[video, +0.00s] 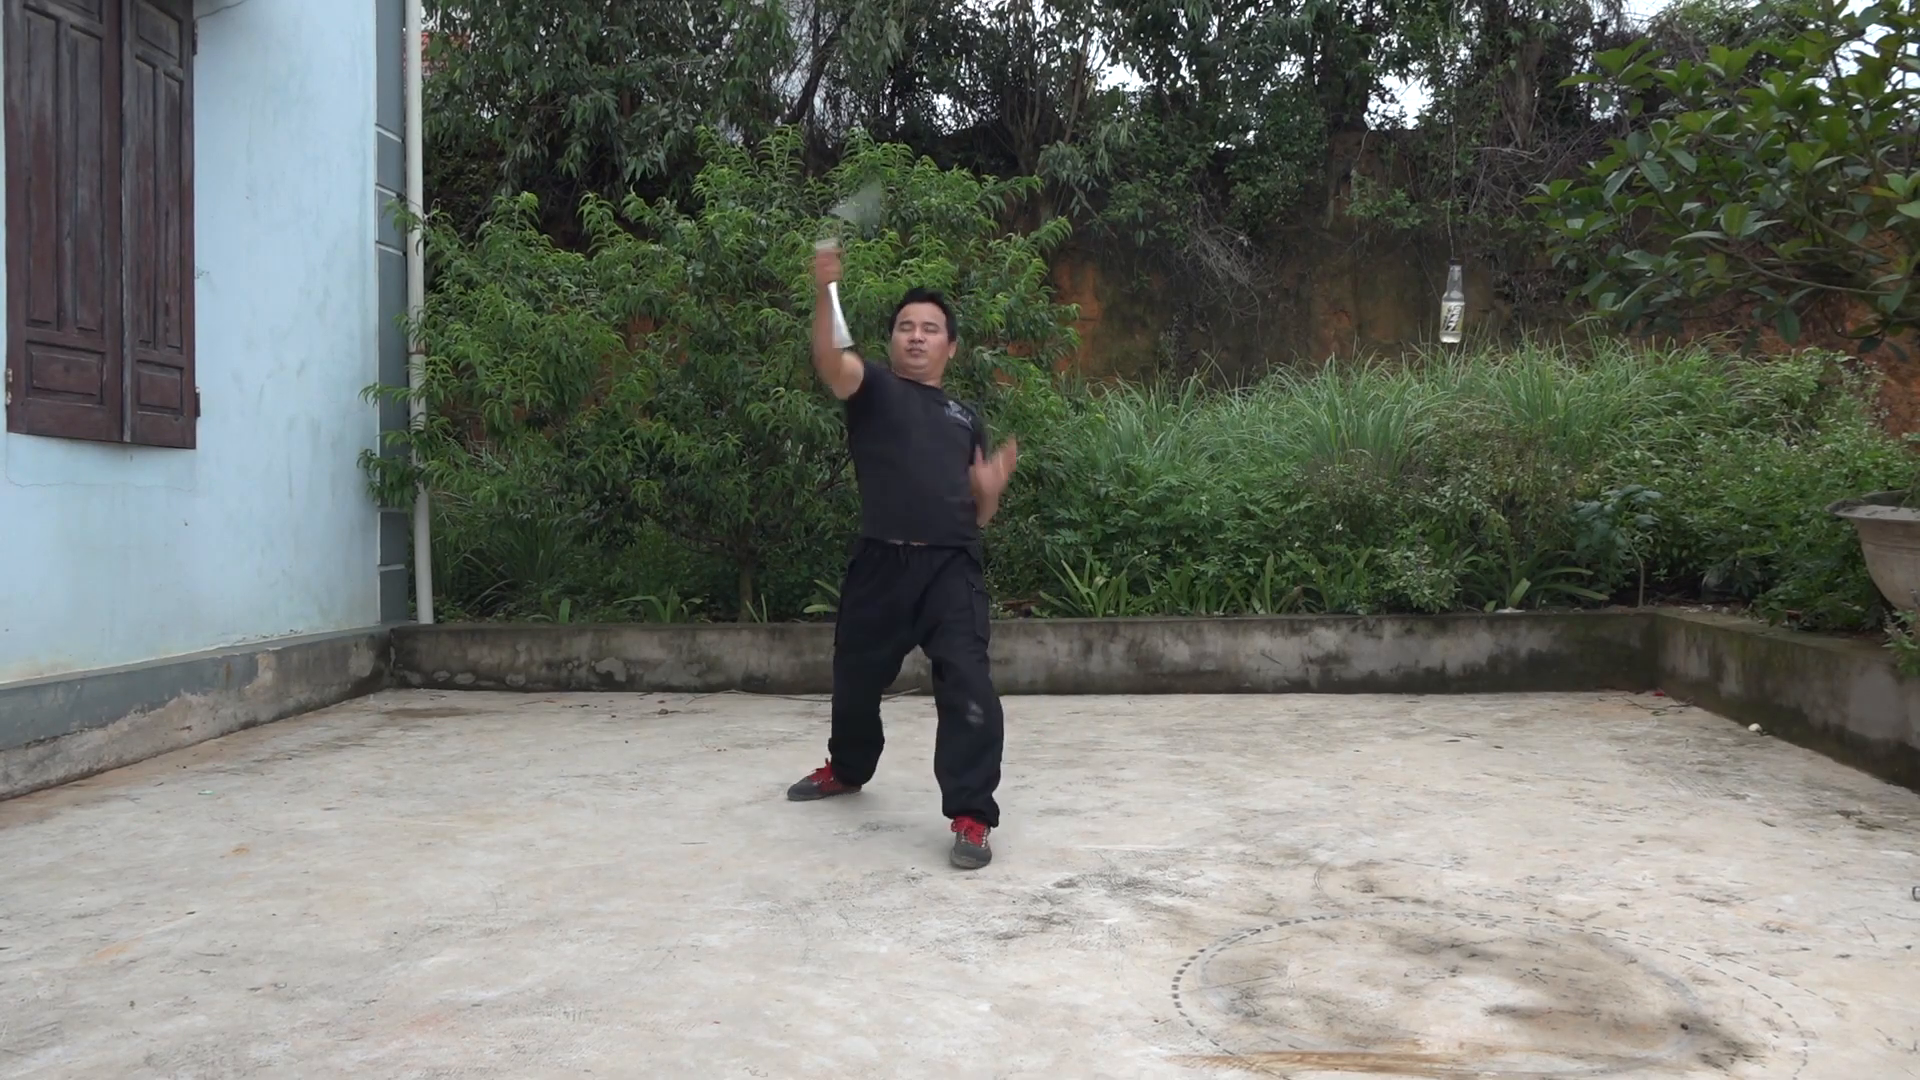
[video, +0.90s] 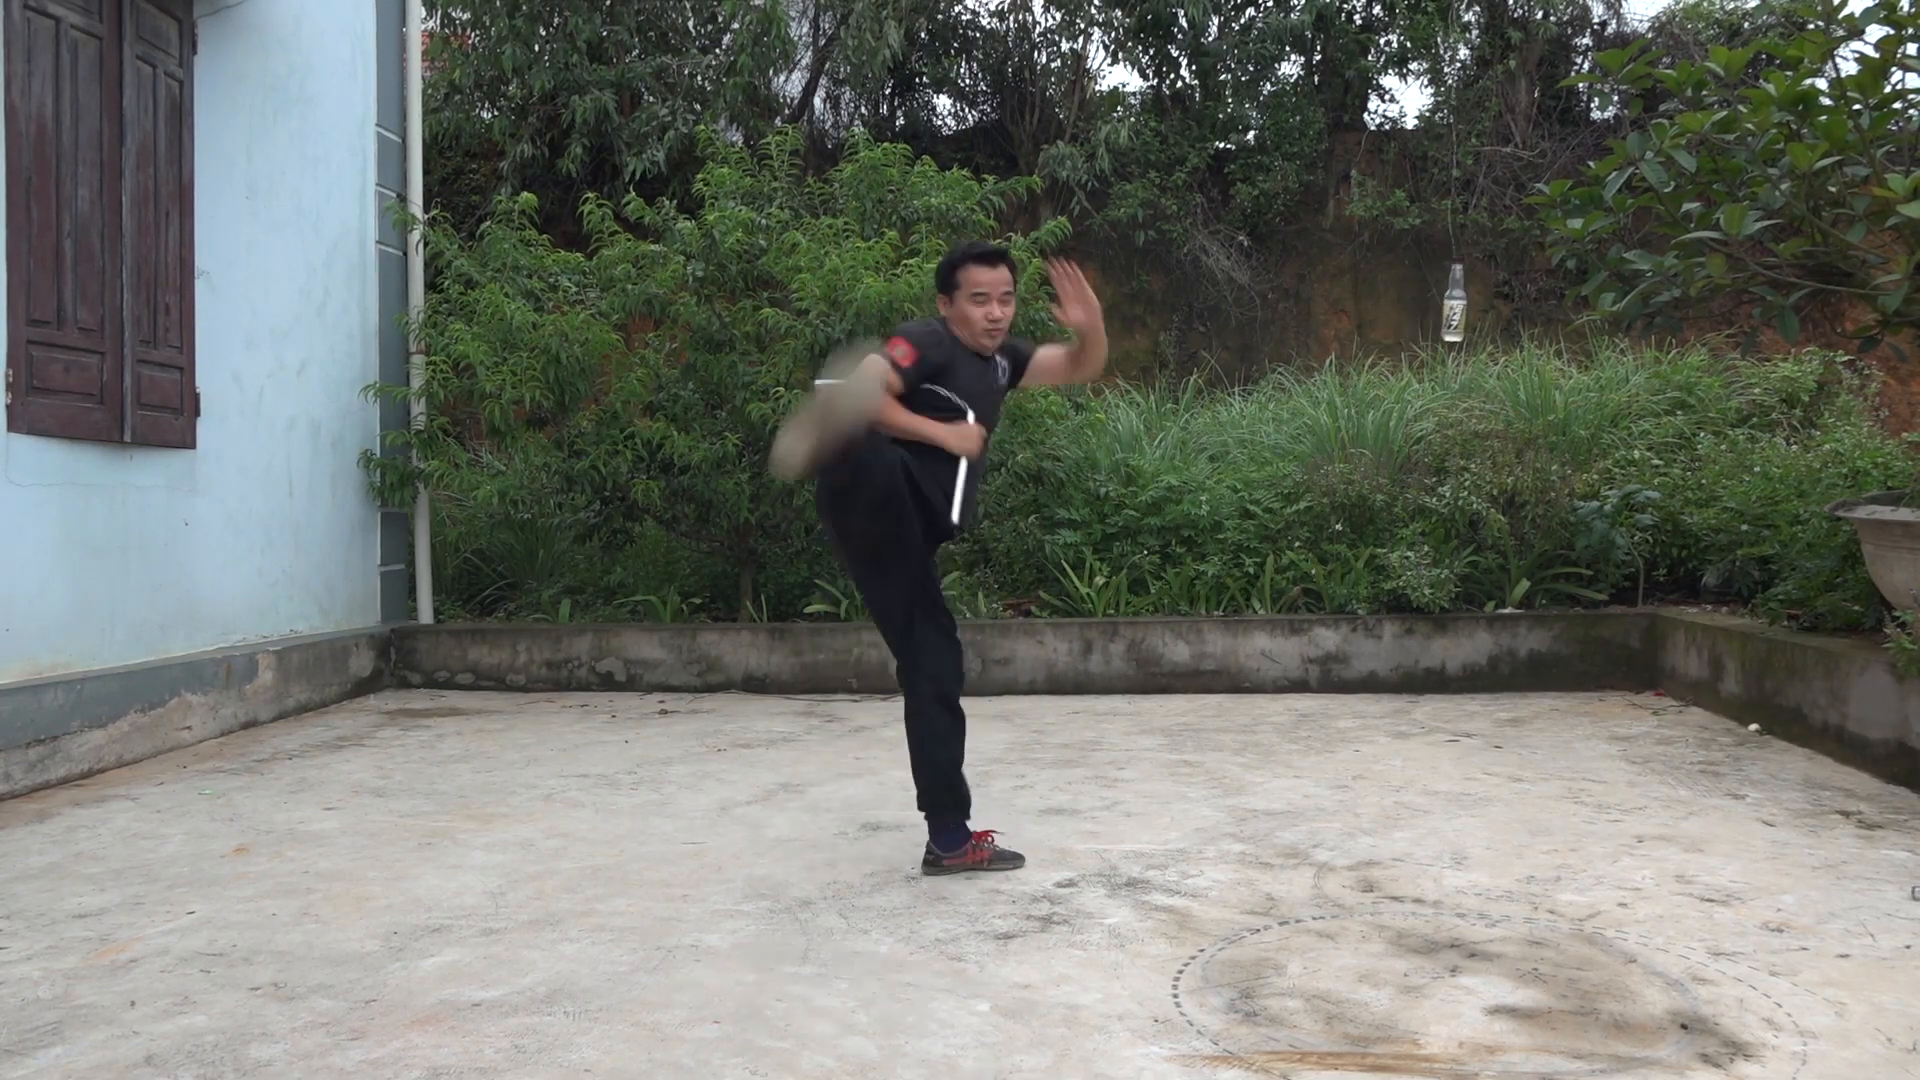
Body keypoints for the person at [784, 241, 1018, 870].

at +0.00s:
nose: (916, 337)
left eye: (929, 329)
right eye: (906, 328)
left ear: (950, 347)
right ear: (889, 341)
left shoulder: (963, 416)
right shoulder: (870, 387)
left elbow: (977, 515)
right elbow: (832, 362)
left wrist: (989, 492)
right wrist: (826, 290)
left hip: (950, 566)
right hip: (879, 564)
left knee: (967, 684)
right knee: (854, 678)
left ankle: (971, 818)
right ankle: (846, 771)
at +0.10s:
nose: (922, 324)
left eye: (936, 316)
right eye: (911, 313)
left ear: (953, 333)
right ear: (891, 325)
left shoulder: (967, 394)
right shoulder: (860, 379)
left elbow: (1014, 464)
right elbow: (787, 401)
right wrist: (750, 335)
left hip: (947, 556)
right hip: (874, 552)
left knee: (962, 677)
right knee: (848, 674)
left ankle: (973, 814)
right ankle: (837, 772)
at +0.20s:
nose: (914, 329)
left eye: (928, 322)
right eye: (904, 317)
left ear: (943, 337)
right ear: (882, 328)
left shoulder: (956, 386)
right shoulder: (853, 398)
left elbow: (1017, 392)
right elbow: (780, 438)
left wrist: (964, 329)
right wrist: (739, 404)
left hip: (943, 562)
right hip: (869, 563)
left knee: (964, 682)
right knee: (839, 682)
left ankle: (975, 815)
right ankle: (837, 772)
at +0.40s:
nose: (891, 360)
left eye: (905, 350)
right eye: (879, 347)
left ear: (920, 361)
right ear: (856, 354)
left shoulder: (938, 416)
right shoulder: (829, 420)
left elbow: (1004, 455)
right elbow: (790, 498)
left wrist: (1006, 481)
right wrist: (837, 461)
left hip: (941, 584)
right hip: (863, 588)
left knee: (975, 689)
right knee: (821, 693)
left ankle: (958, 818)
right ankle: (832, 775)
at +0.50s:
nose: (919, 334)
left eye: (931, 323)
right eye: (906, 322)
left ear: (947, 334)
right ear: (882, 331)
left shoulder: (967, 403)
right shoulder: (851, 399)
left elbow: (1010, 460)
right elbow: (826, 489)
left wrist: (1013, 484)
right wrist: (881, 442)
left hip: (955, 579)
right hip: (876, 578)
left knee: (976, 691)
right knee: (851, 704)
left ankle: (952, 825)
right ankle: (832, 765)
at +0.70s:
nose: (955, 313)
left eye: (965, 299)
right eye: (939, 302)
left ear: (980, 296)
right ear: (909, 301)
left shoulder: (997, 346)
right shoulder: (879, 335)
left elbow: (1074, 377)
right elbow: (829, 418)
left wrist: (1007, 333)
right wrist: (895, 394)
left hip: (948, 519)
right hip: (880, 500)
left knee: (961, 655)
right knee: (869, 425)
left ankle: (949, 818)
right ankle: (849, 561)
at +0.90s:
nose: (997, 312)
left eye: (1005, 298)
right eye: (980, 299)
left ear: (1013, 301)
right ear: (946, 303)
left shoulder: (1004, 359)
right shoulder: (925, 341)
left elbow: (1078, 366)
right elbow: (862, 393)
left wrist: (1090, 330)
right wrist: (942, 432)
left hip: (907, 552)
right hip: (872, 506)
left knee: (935, 670)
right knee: (868, 450)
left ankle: (948, 839)